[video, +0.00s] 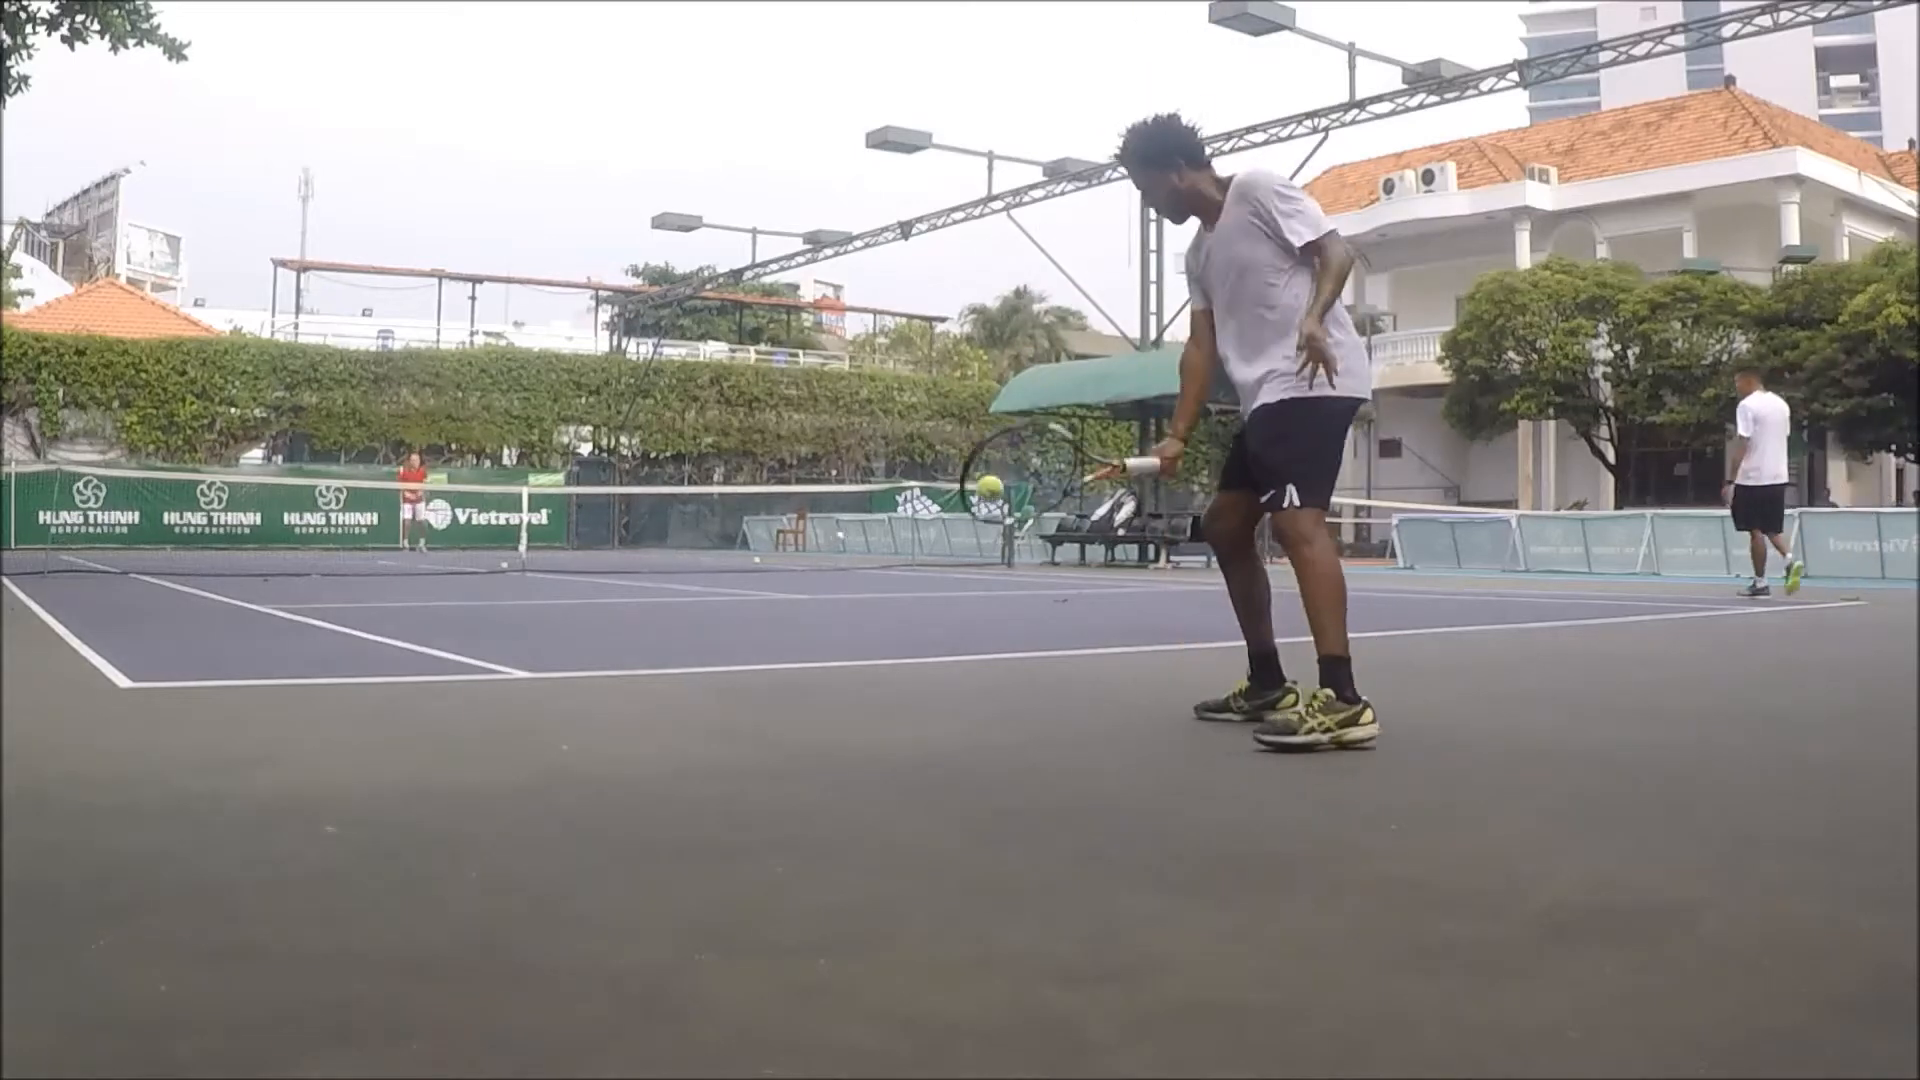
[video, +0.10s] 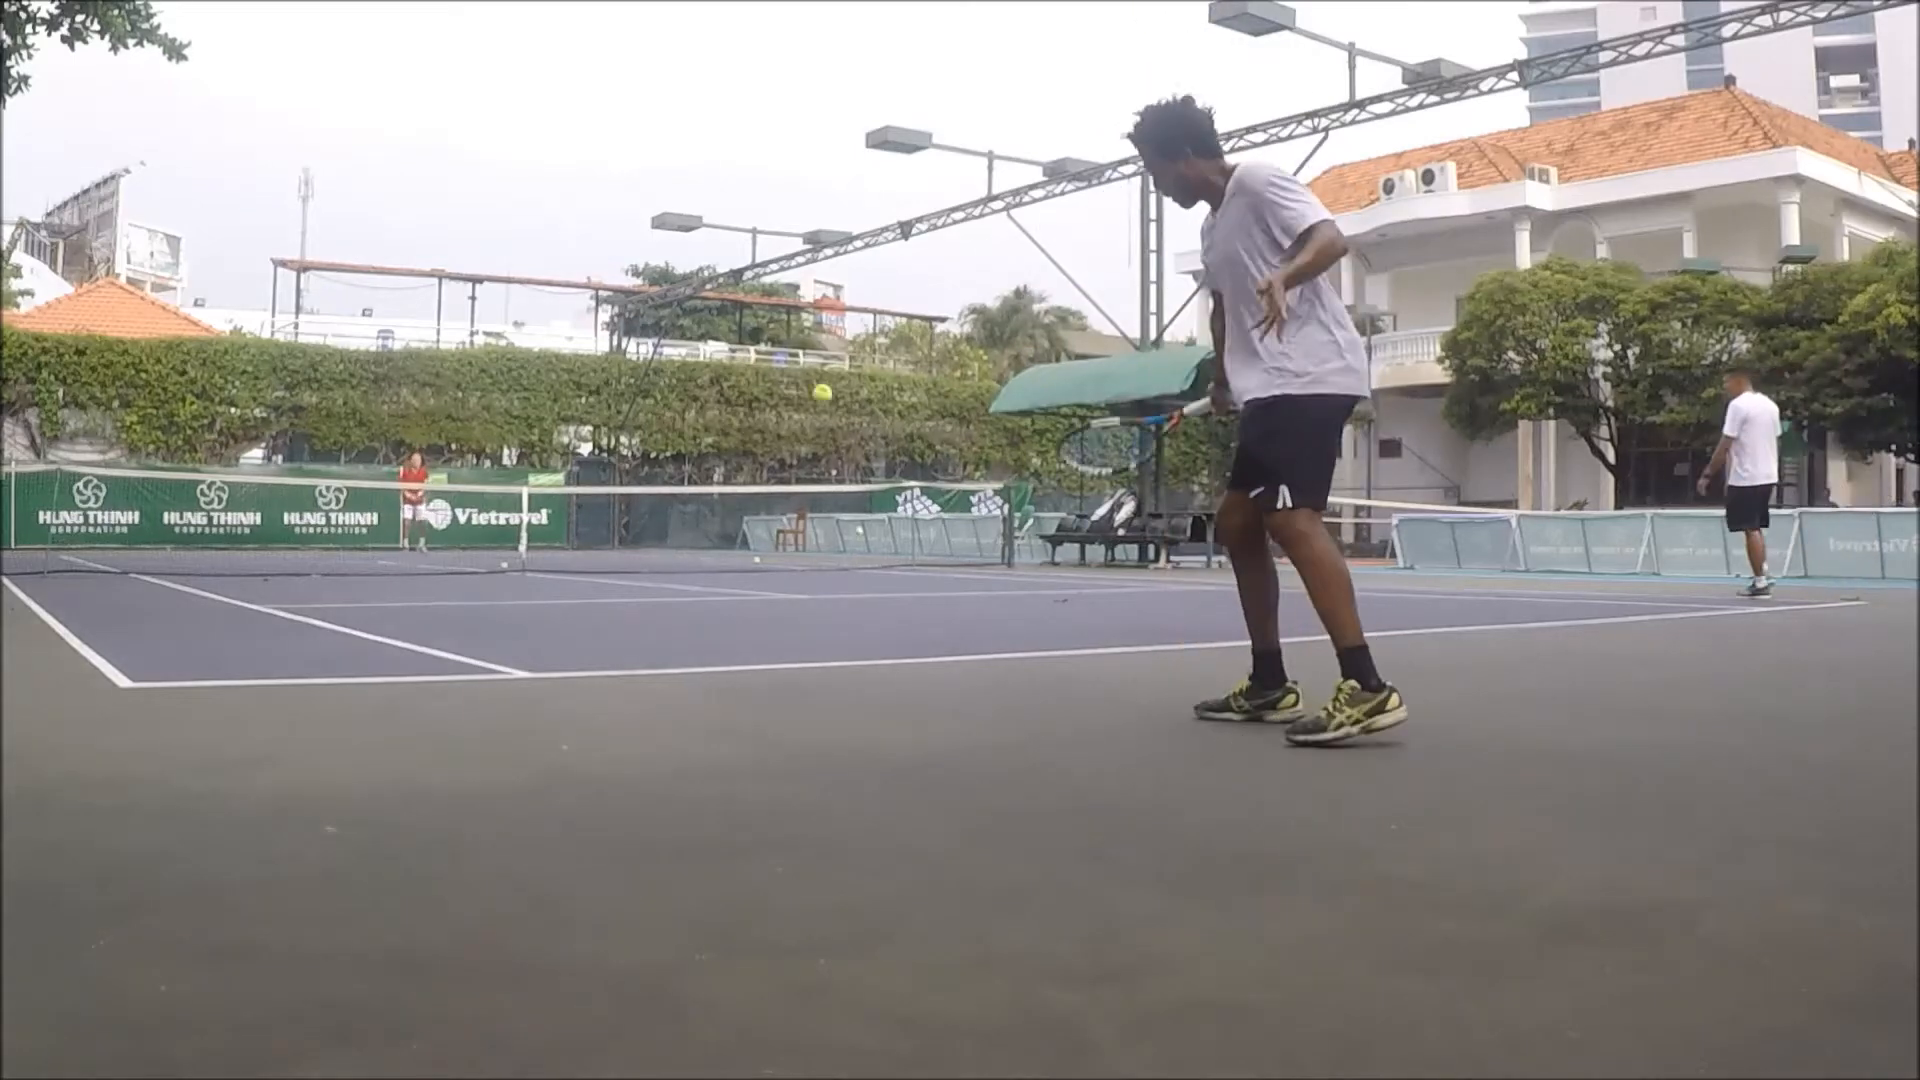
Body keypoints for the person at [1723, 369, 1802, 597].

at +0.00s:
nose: (1736, 387)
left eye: (1738, 382)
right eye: (1736, 383)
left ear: (1749, 382)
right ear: (1756, 381)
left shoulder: (1746, 405)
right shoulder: (1781, 403)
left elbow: (1742, 443)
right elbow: (1785, 436)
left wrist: (1732, 479)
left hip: (1753, 478)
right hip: (1777, 477)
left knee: (1756, 531)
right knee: (1772, 528)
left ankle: (1760, 582)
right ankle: (1790, 560)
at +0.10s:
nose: (1726, 388)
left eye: (1728, 383)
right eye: (1725, 384)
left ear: (1738, 383)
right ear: (1747, 383)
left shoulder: (1737, 405)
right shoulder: (1770, 405)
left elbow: (1725, 444)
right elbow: (1775, 438)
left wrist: (1707, 474)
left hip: (1746, 478)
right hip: (1767, 476)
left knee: (1751, 530)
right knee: (1756, 528)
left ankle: (1760, 581)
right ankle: (1763, 572)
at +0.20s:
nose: (1716, 390)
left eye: (1718, 385)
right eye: (1716, 386)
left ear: (1729, 386)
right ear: (1736, 386)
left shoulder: (1727, 408)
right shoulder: (1760, 408)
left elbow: (1713, 444)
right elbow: (1765, 447)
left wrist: (1691, 467)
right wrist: (1767, 479)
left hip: (1736, 480)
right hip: (1756, 479)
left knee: (1746, 532)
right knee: (1739, 531)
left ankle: (1759, 581)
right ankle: (1732, 576)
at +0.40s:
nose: (1695, 395)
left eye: (1697, 390)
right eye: (1695, 391)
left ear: (1708, 390)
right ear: (1713, 391)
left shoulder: (1706, 413)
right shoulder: (1736, 415)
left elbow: (1695, 448)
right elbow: (1742, 453)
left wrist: (1672, 471)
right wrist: (1746, 486)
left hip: (1713, 486)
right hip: (1730, 485)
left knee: (1723, 533)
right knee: (1712, 533)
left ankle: (1752, 573)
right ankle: (1704, 580)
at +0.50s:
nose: (1684, 393)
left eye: (1687, 388)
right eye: (1685, 388)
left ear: (1698, 389)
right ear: (1703, 390)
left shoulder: (1695, 411)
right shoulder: (1723, 413)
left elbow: (1687, 446)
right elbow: (1725, 453)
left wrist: (1671, 478)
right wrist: (1727, 485)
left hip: (1698, 484)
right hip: (1719, 483)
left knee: (1694, 530)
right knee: (1709, 531)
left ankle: (1731, 560)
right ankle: (1703, 579)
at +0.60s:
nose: (1674, 393)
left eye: (1675, 388)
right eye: (1674, 388)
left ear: (1686, 388)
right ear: (1692, 389)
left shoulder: (1686, 409)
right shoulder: (1710, 411)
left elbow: (1681, 445)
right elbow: (1710, 447)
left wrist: (1671, 479)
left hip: (1690, 480)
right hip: (1710, 480)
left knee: (1672, 524)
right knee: (1703, 530)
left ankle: (1704, 558)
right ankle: (1704, 579)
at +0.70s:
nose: (1661, 393)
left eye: (1663, 389)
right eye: (1661, 389)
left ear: (1674, 389)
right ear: (1678, 389)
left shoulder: (1675, 410)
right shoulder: (1697, 410)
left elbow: (1677, 445)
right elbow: (1699, 446)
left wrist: (1672, 480)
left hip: (1680, 481)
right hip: (1701, 480)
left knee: (1655, 521)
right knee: (1699, 529)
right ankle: (1703, 578)